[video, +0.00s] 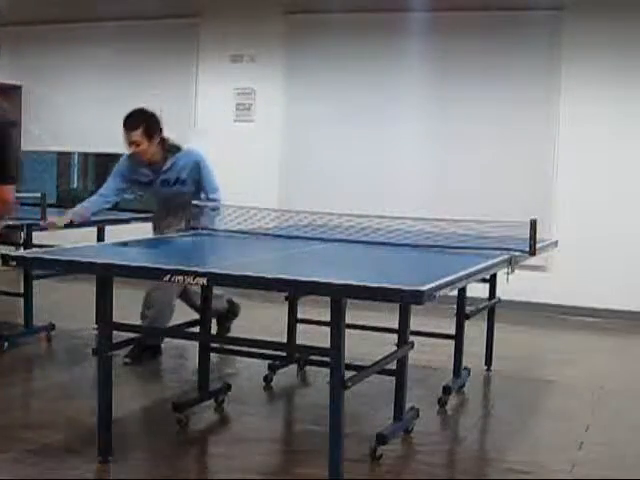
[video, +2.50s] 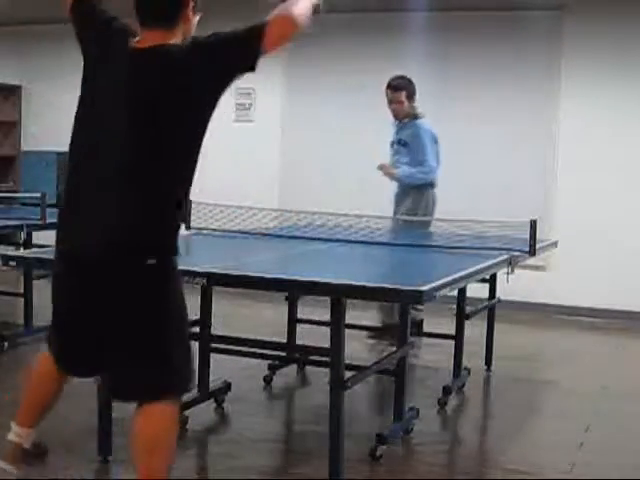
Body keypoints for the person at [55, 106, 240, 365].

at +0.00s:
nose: (132, 151)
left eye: (136, 144)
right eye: (129, 145)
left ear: (157, 138)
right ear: (127, 142)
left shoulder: (192, 161)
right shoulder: (130, 165)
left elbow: (212, 202)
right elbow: (106, 197)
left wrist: (200, 238)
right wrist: (68, 219)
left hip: (192, 231)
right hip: (162, 230)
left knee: (165, 280)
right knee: (180, 281)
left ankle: (149, 341)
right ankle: (223, 307)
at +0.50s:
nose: (131, 126)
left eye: (136, 119)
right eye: (128, 119)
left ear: (154, 113)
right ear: (125, 117)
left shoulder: (181, 143)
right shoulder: (128, 142)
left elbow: (187, 198)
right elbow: (129, 189)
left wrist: (153, 222)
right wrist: (138, 227)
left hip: (183, 215)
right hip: (152, 216)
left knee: (168, 274)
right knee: (153, 268)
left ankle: (152, 337)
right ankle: (196, 291)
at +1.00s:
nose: (208, 90)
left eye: (215, 86)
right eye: (204, 84)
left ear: (223, 90)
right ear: (196, 86)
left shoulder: (234, 125)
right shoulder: (186, 125)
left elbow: (237, 168)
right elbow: (173, 171)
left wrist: (204, 175)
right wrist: (165, 213)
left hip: (221, 202)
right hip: (190, 201)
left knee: (201, 263)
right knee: (193, 263)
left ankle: (176, 326)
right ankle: (200, 325)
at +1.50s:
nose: (300, 102)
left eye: (305, 98)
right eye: (297, 95)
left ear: (306, 101)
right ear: (283, 93)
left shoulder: (305, 135)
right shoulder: (256, 126)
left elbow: (313, 175)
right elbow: (244, 167)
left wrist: (319, 207)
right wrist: (236, 201)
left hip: (286, 196)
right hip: (255, 195)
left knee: (297, 260)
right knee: (236, 258)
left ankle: (315, 323)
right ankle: (211, 318)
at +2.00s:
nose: (356, 95)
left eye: (363, 95)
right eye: (356, 89)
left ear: (370, 103)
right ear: (348, 89)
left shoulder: (361, 136)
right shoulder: (329, 122)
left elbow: (362, 178)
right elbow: (317, 162)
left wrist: (350, 210)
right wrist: (298, 189)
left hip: (348, 191)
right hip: (329, 187)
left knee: (334, 252)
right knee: (334, 251)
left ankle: (316, 320)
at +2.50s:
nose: (393, 107)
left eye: (397, 102)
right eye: (390, 102)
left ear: (410, 100)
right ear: (387, 102)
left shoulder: (420, 131)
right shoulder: (402, 130)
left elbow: (429, 172)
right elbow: (409, 164)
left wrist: (396, 173)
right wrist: (396, 169)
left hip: (419, 193)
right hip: (406, 191)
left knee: (401, 252)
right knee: (405, 253)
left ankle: (395, 319)